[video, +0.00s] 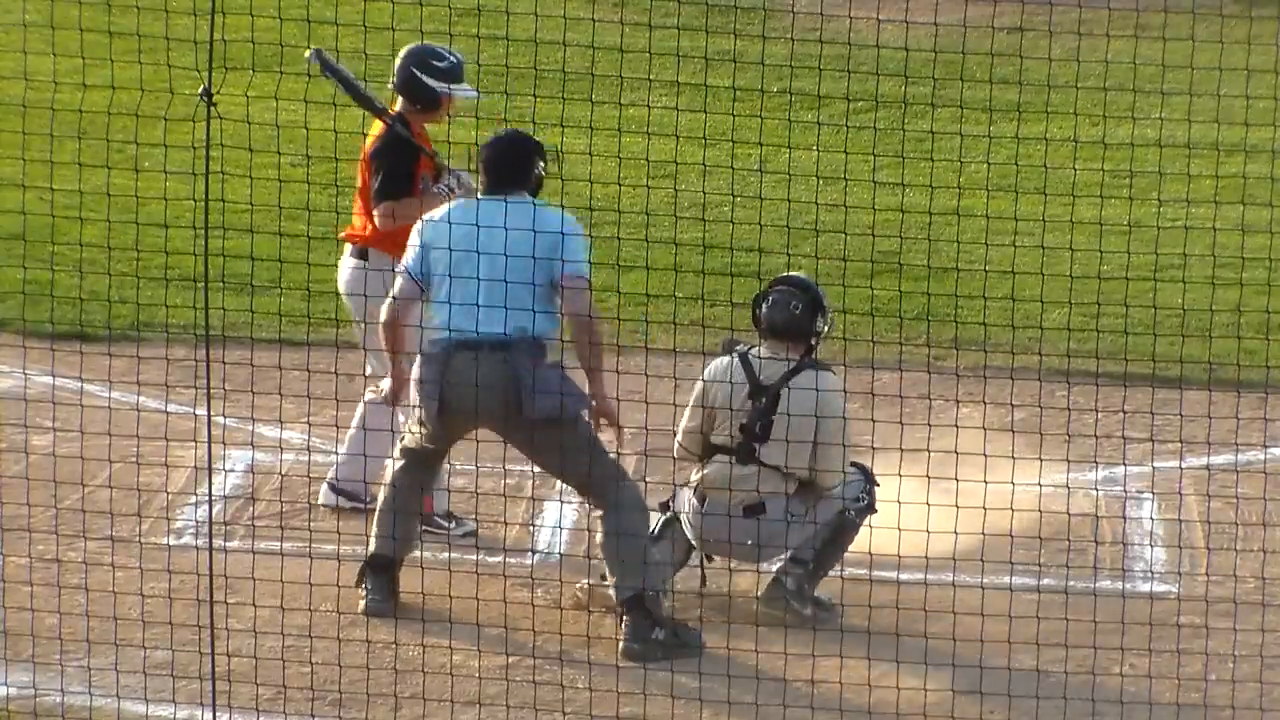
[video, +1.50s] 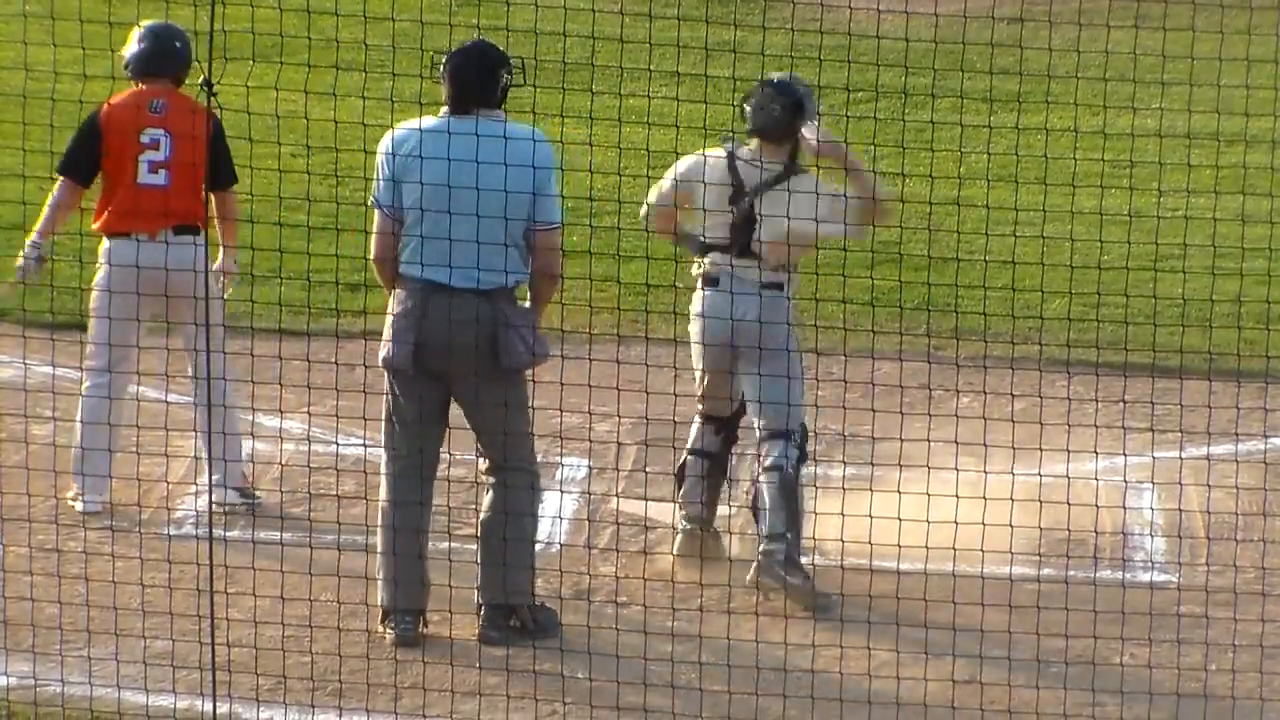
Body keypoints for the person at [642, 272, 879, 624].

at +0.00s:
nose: (820, 331)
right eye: (818, 323)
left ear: (761, 324)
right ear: (811, 331)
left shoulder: (720, 370)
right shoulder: (824, 385)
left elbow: (687, 446)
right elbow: (828, 479)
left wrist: (733, 460)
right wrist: (785, 470)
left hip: (707, 523)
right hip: (775, 530)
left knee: (684, 497)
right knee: (860, 484)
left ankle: (644, 585)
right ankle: (792, 583)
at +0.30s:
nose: (831, 325)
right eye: (830, 318)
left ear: (775, 317)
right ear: (827, 328)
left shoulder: (736, 363)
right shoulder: (835, 387)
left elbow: (691, 424)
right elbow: (845, 480)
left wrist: (741, 439)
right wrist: (807, 489)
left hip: (719, 514)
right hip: (788, 525)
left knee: (691, 509)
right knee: (867, 491)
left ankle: (634, 582)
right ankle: (796, 581)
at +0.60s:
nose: (839, 308)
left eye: (837, 299)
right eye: (838, 300)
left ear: (783, 296)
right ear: (831, 305)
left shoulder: (746, 338)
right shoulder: (833, 361)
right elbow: (838, 450)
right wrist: (884, 435)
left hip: (719, 491)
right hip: (782, 501)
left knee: (693, 511)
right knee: (864, 480)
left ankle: (638, 582)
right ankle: (802, 578)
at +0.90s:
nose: (863, 222)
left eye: (860, 212)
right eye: (861, 214)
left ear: (808, 209)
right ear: (854, 221)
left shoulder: (776, 246)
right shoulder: (840, 269)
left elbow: (787, 312)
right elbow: (835, 347)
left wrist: (862, 306)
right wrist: (892, 347)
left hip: (720, 382)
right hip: (772, 394)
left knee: (707, 468)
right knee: (857, 473)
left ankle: (635, 557)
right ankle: (790, 578)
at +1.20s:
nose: (863, 184)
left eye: (863, 175)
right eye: (862, 175)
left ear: (812, 169)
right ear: (852, 178)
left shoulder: (781, 202)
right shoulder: (828, 223)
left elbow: (766, 268)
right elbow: (843, 293)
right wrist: (921, 291)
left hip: (714, 342)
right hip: (759, 352)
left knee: (744, 425)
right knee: (825, 466)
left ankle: (697, 535)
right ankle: (780, 582)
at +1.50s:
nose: (808, 130)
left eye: (806, 123)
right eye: (806, 124)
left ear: (751, 123)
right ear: (799, 132)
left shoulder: (704, 164)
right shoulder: (801, 191)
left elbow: (657, 217)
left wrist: (703, 238)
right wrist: (841, 155)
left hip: (710, 300)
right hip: (766, 305)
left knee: (714, 413)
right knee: (781, 432)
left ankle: (694, 524)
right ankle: (779, 553)